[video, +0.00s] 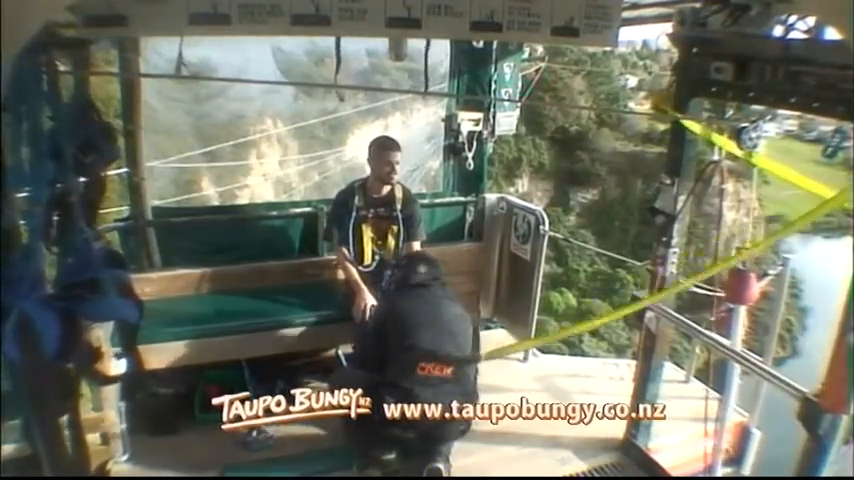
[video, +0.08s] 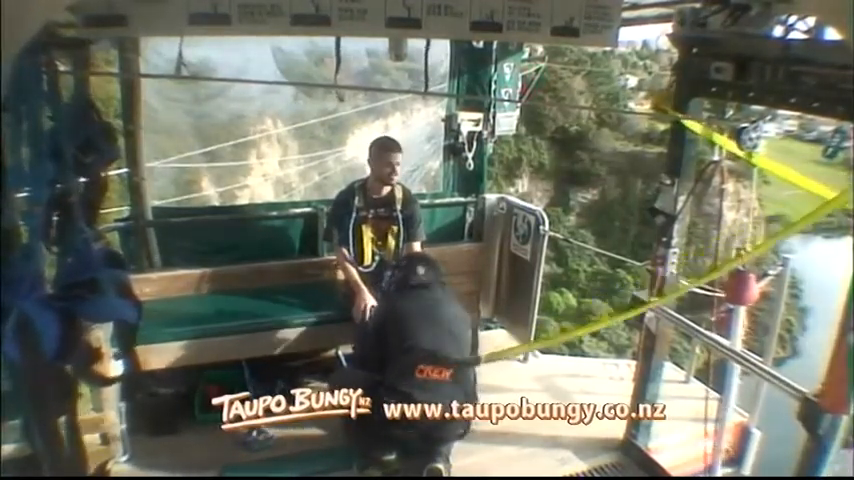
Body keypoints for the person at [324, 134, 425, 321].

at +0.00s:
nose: (395, 169)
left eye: (397, 164)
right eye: (388, 164)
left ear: (400, 163)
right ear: (371, 162)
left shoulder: (406, 199)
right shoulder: (347, 198)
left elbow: (414, 247)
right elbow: (342, 252)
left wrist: (413, 288)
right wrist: (361, 291)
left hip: (398, 281)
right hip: (362, 281)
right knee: (369, 318)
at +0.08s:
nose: (395, 170)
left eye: (398, 165)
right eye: (389, 165)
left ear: (401, 163)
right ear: (371, 163)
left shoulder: (406, 199)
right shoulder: (347, 199)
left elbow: (414, 248)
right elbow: (341, 252)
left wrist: (414, 288)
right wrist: (361, 292)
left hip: (398, 282)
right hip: (362, 282)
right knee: (369, 318)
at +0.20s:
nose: (396, 171)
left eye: (399, 165)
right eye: (390, 166)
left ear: (402, 164)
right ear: (372, 162)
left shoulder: (406, 199)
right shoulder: (347, 199)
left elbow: (414, 248)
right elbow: (341, 253)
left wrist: (416, 289)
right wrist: (361, 292)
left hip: (398, 283)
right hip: (361, 283)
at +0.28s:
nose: (396, 171)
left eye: (399, 165)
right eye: (390, 165)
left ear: (402, 164)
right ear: (373, 162)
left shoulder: (406, 199)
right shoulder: (347, 198)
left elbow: (414, 248)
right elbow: (340, 250)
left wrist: (417, 288)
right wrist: (361, 291)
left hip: (398, 282)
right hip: (362, 283)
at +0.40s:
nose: (396, 172)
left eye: (399, 166)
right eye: (390, 167)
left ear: (403, 165)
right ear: (373, 163)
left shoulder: (406, 198)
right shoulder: (348, 198)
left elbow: (414, 247)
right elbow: (341, 251)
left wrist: (417, 287)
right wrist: (361, 291)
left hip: (398, 281)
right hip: (362, 281)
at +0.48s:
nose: (396, 173)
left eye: (400, 167)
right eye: (390, 167)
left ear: (403, 165)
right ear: (373, 163)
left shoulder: (406, 199)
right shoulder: (348, 199)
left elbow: (414, 248)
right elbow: (340, 250)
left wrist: (420, 288)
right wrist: (361, 291)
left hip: (398, 284)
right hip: (363, 284)